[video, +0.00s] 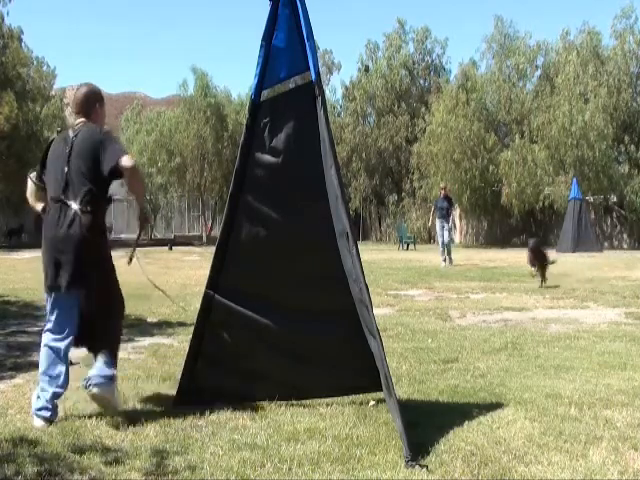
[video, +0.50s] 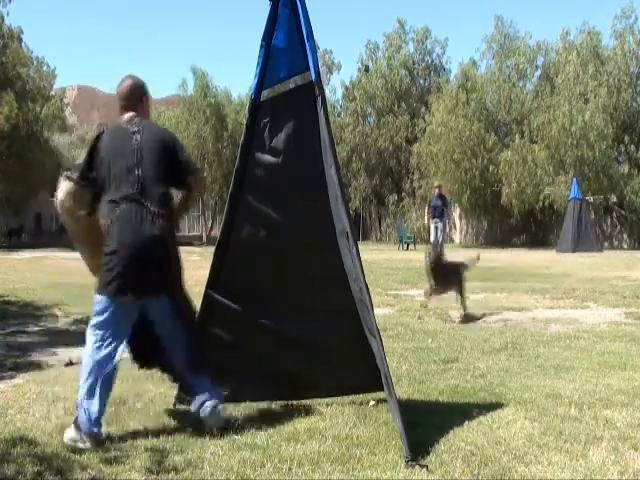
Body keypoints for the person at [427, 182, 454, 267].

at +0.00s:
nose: (443, 192)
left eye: (444, 190)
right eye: (442, 190)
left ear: (446, 191)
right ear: (440, 191)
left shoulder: (449, 200)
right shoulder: (437, 200)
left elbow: (452, 211)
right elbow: (432, 211)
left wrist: (451, 222)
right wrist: (430, 221)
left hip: (447, 220)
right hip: (439, 220)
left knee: (447, 240)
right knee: (441, 240)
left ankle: (449, 257)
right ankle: (443, 258)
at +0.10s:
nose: (441, 191)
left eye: (443, 189)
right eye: (440, 189)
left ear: (445, 190)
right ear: (439, 190)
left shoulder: (448, 199)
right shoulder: (436, 200)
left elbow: (450, 209)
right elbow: (432, 209)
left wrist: (451, 218)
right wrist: (432, 218)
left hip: (446, 218)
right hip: (438, 219)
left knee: (445, 238)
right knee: (440, 238)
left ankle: (445, 257)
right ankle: (443, 256)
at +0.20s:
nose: (440, 192)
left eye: (441, 190)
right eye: (439, 190)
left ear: (443, 191)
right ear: (437, 191)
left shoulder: (446, 199)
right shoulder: (435, 200)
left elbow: (450, 210)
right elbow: (429, 208)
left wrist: (452, 220)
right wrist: (431, 214)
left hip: (444, 219)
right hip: (436, 219)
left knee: (443, 238)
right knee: (438, 238)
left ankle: (443, 257)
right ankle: (440, 256)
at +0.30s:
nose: (440, 192)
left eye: (441, 190)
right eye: (438, 190)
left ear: (443, 191)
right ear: (437, 191)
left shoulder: (446, 200)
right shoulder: (434, 201)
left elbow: (450, 211)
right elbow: (428, 209)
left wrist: (451, 220)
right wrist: (431, 215)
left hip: (443, 220)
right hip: (435, 220)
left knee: (441, 239)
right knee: (438, 239)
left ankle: (441, 257)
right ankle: (441, 256)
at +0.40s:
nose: (439, 192)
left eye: (440, 190)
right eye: (437, 190)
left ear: (442, 191)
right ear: (436, 191)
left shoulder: (445, 200)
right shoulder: (433, 200)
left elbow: (448, 210)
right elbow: (430, 209)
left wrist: (449, 219)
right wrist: (430, 217)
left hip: (442, 220)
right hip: (434, 220)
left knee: (440, 239)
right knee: (436, 238)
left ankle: (440, 258)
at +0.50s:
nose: (437, 191)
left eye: (439, 189)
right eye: (436, 189)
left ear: (441, 190)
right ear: (434, 190)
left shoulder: (443, 198)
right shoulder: (432, 199)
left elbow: (446, 208)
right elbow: (428, 209)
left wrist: (447, 218)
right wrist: (427, 218)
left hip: (441, 219)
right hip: (433, 219)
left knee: (440, 238)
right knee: (433, 238)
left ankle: (440, 254)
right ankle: (433, 254)